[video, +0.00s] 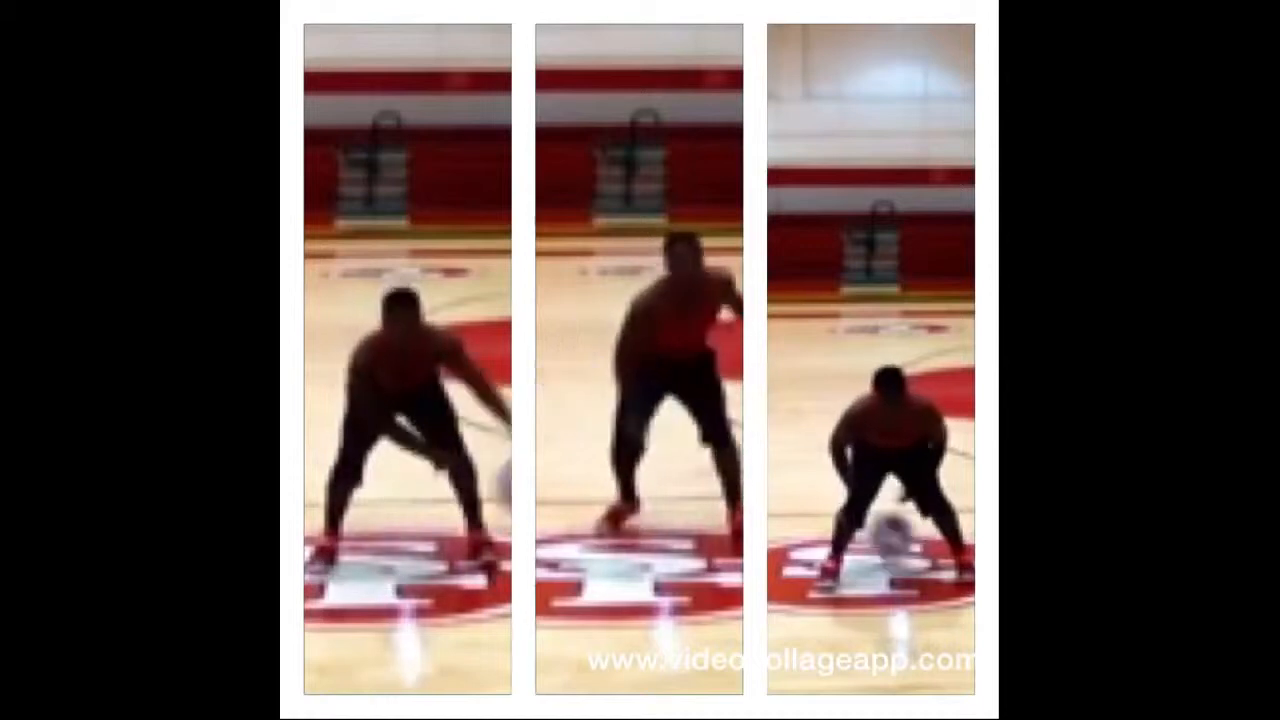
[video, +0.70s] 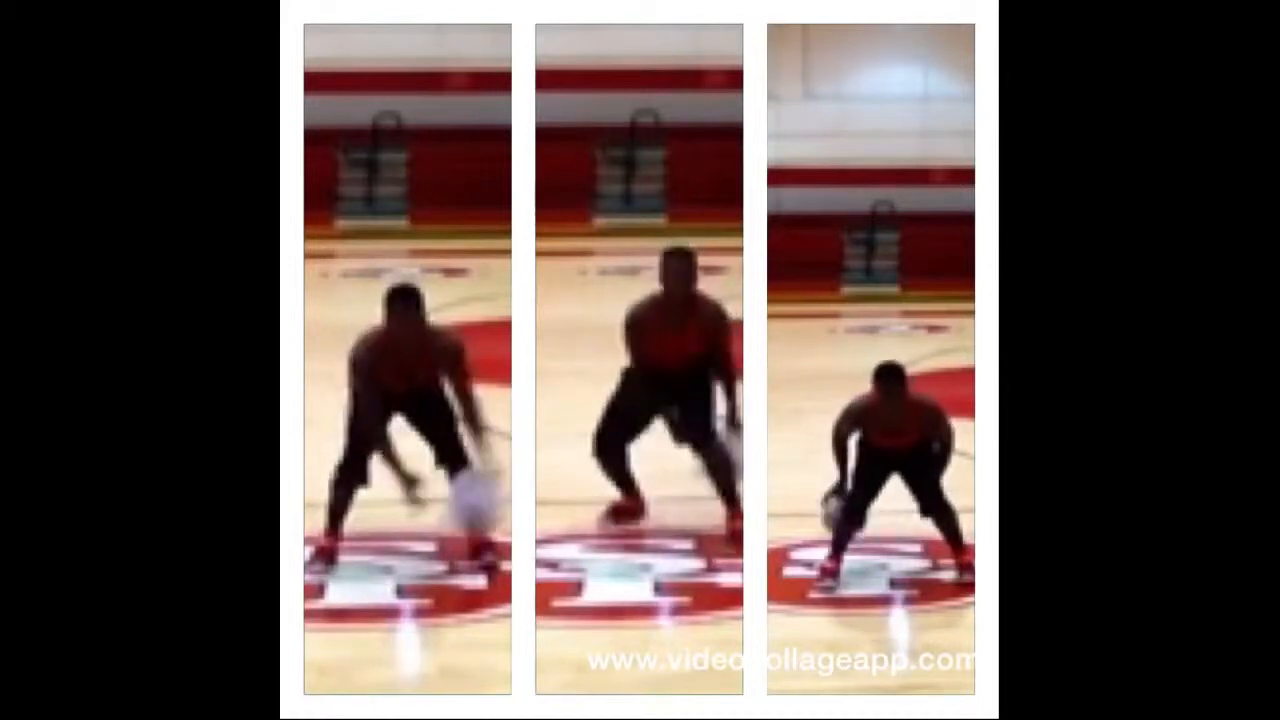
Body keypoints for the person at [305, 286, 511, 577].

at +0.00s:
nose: (403, 332)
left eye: (409, 323)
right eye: (396, 323)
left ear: (419, 320)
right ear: (385, 322)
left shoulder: (438, 343)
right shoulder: (367, 356)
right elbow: (380, 419)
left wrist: (508, 420)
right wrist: (428, 451)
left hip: (422, 398)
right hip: (373, 403)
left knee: (459, 461)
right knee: (346, 471)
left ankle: (477, 534)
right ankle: (330, 540)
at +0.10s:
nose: (403, 333)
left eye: (409, 323)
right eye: (396, 324)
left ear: (419, 319)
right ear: (385, 321)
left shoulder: (438, 343)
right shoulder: (365, 357)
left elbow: (477, 384)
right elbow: (379, 426)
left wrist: (507, 422)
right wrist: (425, 468)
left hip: (420, 394)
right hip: (373, 400)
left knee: (457, 460)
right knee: (350, 467)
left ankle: (477, 532)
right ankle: (330, 538)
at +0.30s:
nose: (392, 330)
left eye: (399, 321)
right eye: (385, 321)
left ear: (409, 317)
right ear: (375, 317)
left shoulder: (430, 344)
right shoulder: (356, 345)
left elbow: (420, 417)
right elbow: (332, 394)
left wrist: (376, 450)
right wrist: (308, 441)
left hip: (422, 396)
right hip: (372, 397)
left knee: (454, 463)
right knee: (348, 461)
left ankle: (476, 534)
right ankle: (329, 540)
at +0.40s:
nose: (394, 326)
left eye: (401, 317)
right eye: (388, 317)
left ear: (412, 312)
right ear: (377, 313)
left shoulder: (433, 340)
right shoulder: (357, 344)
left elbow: (425, 416)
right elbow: (353, 409)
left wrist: (393, 460)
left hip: (425, 396)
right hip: (375, 396)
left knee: (454, 459)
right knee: (350, 458)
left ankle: (476, 532)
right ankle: (330, 537)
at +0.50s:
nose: (403, 328)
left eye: (410, 318)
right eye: (395, 319)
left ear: (420, 314)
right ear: (385, 316)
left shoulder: (441, 347)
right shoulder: (366, 352)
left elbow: (456, 412)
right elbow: (381, 427)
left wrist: (452, 457)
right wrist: (417, 476)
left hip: (427, 395)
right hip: (377, 397)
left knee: (462, 459)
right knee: (350, 463)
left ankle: (478, 536)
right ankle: (330, 538)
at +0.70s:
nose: (404, 331)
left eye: (411, 321)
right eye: (397, 321)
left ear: (422, 317)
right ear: (387, 319)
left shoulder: (443, 346)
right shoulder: (368, 353)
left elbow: (465, 396)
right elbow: (374, 427)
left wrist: (481, 446)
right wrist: (402, 475)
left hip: (422, 394)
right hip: (375, 398)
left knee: (455, 456)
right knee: (353, 465)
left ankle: (478, 538)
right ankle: (330, 538)